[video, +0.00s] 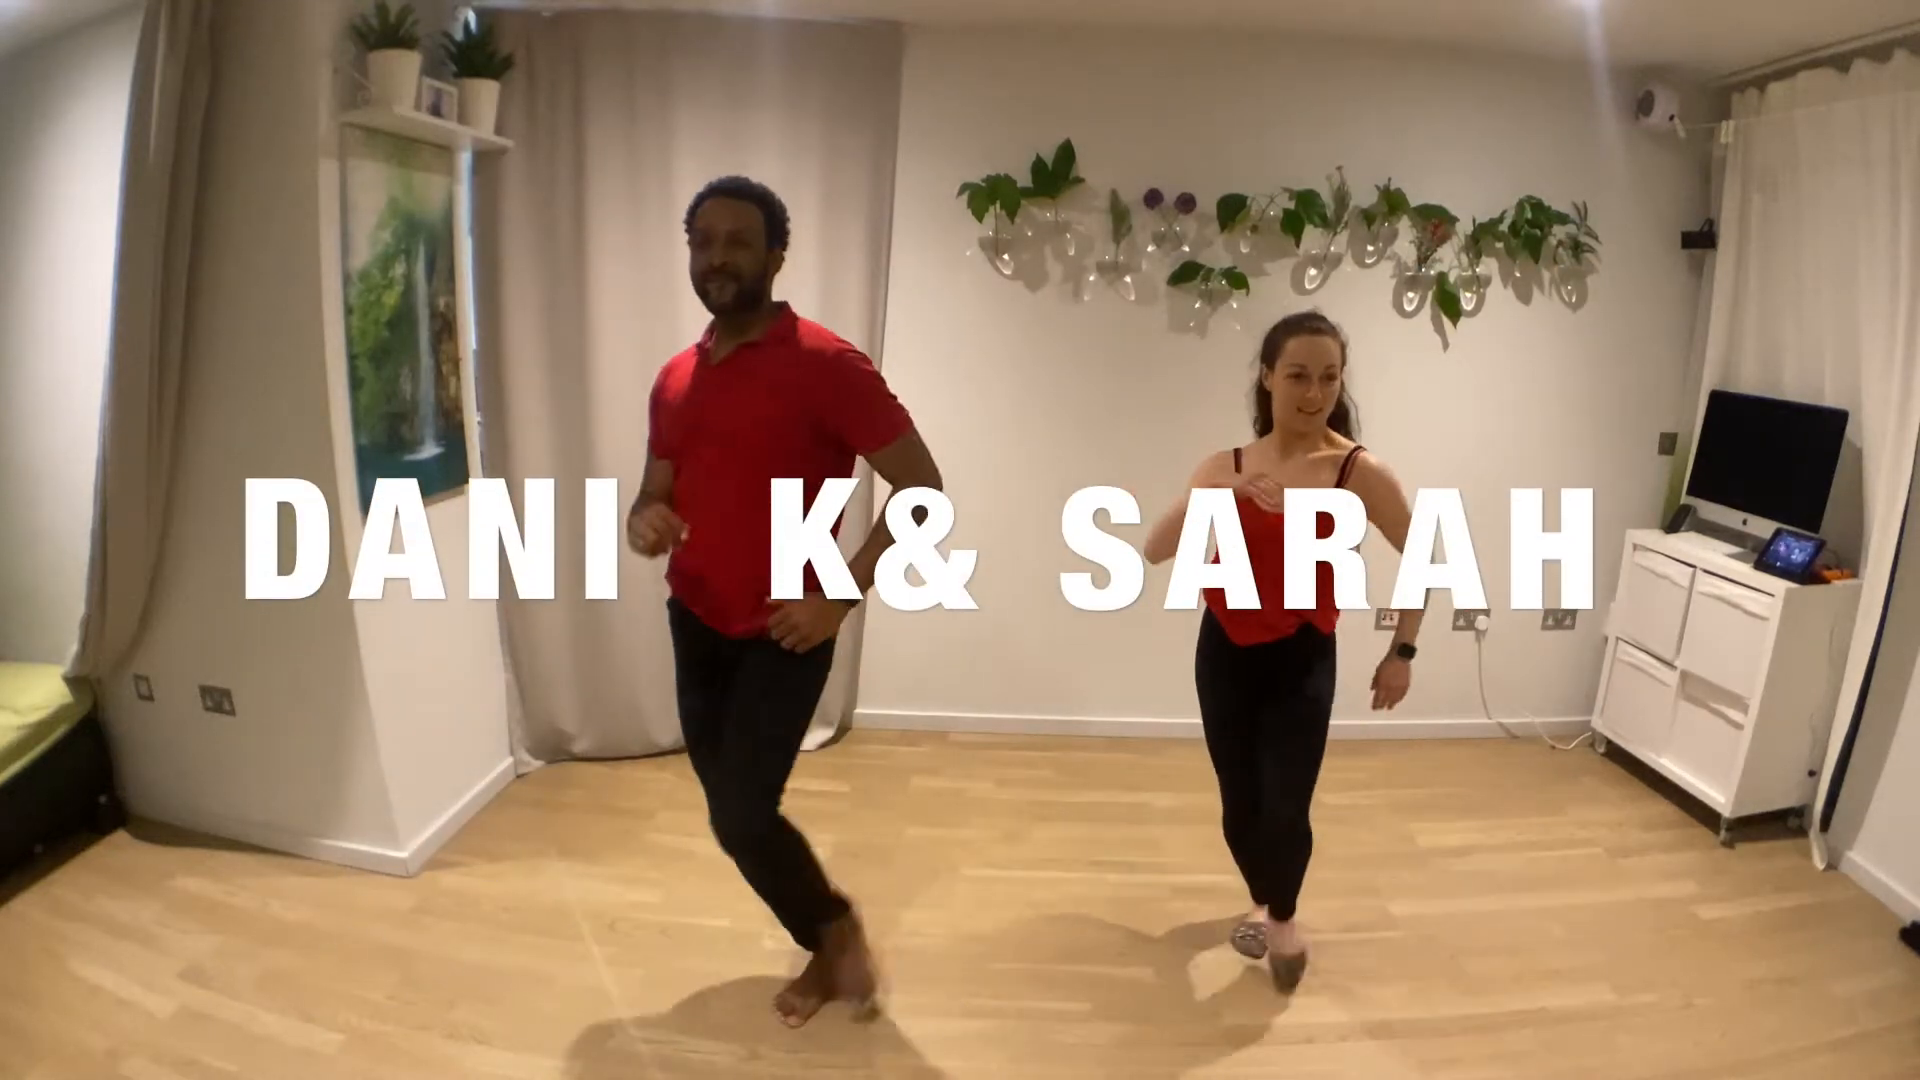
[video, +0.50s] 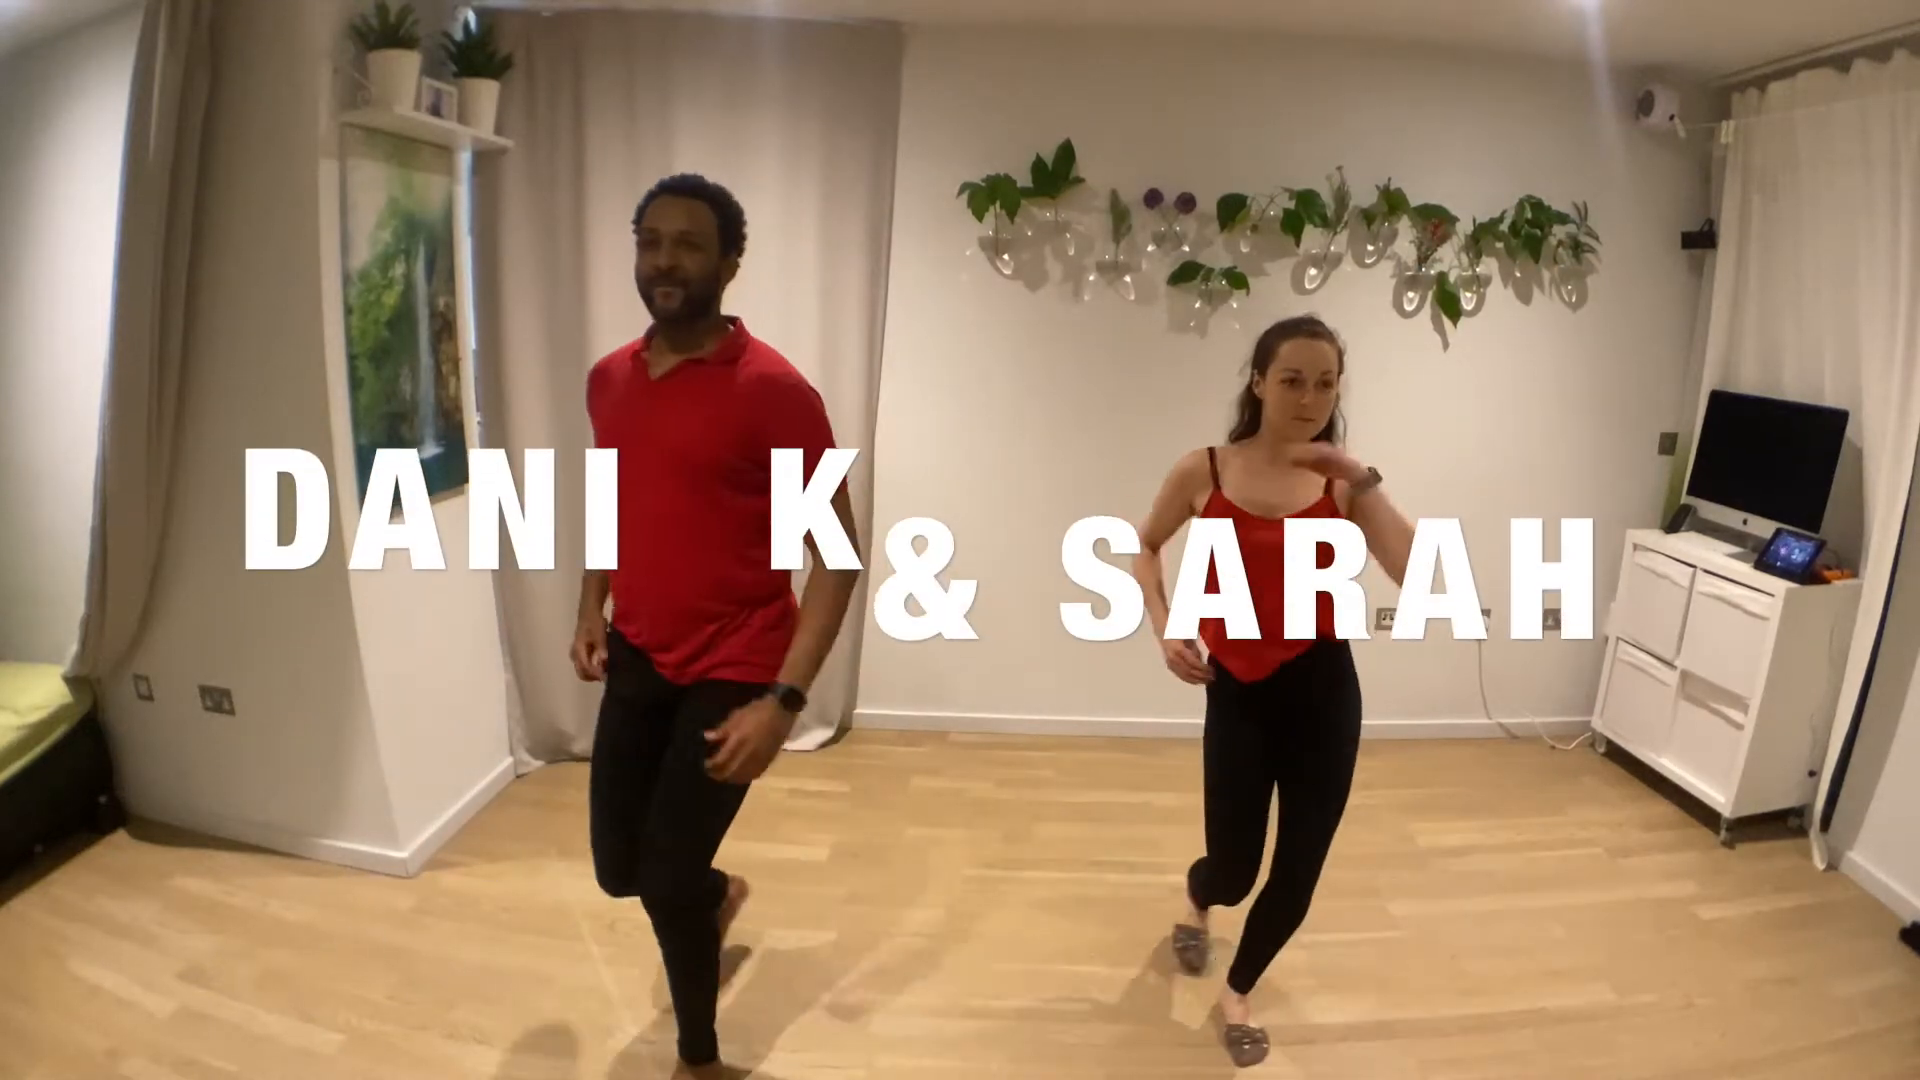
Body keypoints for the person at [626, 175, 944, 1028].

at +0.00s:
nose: (716, 260)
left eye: (738, 244)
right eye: (701, 244)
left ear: (776, 255)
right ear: (687, 256)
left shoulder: (828, 366)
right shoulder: (677, 379)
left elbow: (920, 489)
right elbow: (654, 495)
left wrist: (841, 595)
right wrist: (649, 522)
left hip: (789, 630)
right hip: (699, 622)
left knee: (742, 814)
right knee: (734, 815)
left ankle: (836, 929)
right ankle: (825, 941)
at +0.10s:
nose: (706, 261)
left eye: (728, 244)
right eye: (692, 244)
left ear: (767, 255)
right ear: (677, 254)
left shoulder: (825, 370)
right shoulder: (660, 385)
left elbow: (921, 492)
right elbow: (642, 511)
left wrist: (825, 585)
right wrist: (633, 573)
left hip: (775, 637)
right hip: (686, 631)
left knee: (702, 838)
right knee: (724, 819)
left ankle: (751, 1024)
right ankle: (827, 950)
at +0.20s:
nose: (695, 263)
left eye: (718, 246)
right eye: (681, 245)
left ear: (758, 257)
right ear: (664, 256)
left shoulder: (815, 378)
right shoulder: (636, 387)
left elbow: (902, 503)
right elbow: (626, 515)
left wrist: (795, 580)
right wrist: (612, 618)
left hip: (763, 653)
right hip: (670, 647)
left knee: (690, 863)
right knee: (715, 838)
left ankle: (702, 1052)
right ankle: (828, 949)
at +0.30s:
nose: (684, 261)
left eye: (707, 244)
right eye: (670, 243)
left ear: (750, 257)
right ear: (653, 255)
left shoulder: (802, 390)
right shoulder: (616, 382)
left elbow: (866, 538)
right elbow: (600, 519)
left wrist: (767, 609)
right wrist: (595, 633)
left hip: (753, 665)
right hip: (651, 657)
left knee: (689, 863)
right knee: (669, 868)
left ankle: (700, 1057)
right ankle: (812, 938)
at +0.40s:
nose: (672, 261)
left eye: (697, 245)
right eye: (659, 242)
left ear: (740, 262)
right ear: (641, 255)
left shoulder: (786, 395)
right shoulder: (606, 384)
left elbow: (839, 553)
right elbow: (593, 511)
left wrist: (755, 656)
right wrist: (587, 623)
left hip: (742, 671)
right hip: (639, 663)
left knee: (682, 871)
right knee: (621, 873)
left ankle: (699, 1060)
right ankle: (762, 919)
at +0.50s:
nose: (666, 261)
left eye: (689, 246)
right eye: (652, 243)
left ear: (730, 262)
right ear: (634, 255)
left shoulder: (776, 395)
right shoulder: (612, 380)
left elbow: (839, 558)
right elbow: (610, 504)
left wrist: (784, 699)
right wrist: (594, 603)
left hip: (735, 671)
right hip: (639, 658)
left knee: (672, 874)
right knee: (619, 866)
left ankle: (699, 1059)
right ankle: (713, 898)